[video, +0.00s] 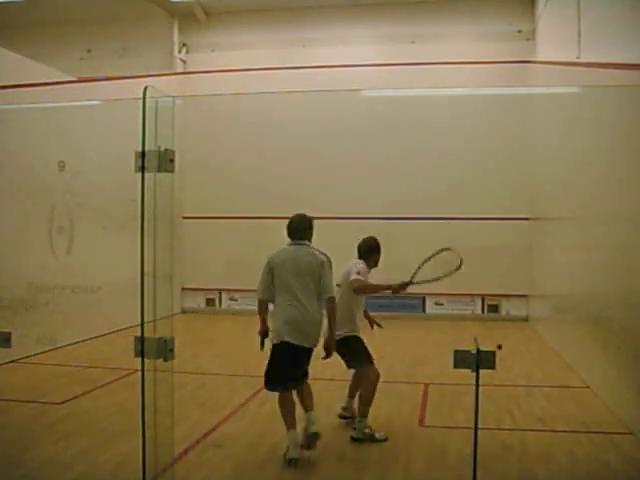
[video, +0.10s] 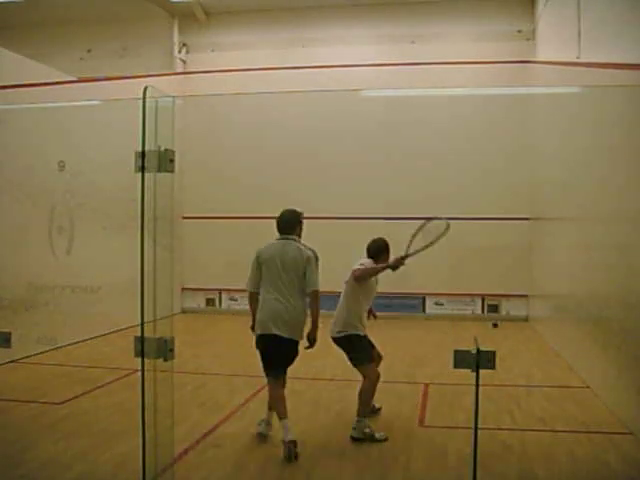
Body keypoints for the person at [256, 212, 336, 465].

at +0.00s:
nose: (309, 234)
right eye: (310, 230)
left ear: (287, 233)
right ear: (311, 233)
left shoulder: (275, 259)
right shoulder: (321, 260)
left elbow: (262, 298)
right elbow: (330, 301)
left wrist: (263, 325)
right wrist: (331, 336)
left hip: (283, 331)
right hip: (310, 332)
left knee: (283, 387)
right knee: (301, 378)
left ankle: (292, 442)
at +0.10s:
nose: (302, 229)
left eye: (300, 225)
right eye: (302, 226)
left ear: (277, 228)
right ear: (299, 228)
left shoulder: (263, 252)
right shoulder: (307, 254)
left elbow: (252, 291)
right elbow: (313, 293)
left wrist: (254, 318)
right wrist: (314, 326)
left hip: (264, 322)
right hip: (293, 324)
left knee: (275, 380)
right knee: (278, 376)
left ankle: (287, 434)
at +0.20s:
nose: (292, 234)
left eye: (289, 230)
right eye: (291, 230)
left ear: (267, 233)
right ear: (289, 233)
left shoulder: (253, 257)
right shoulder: (297, 260)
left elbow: (241, 295)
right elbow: (302, 298)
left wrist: (243, 323)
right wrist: (301, 330)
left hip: (253, 325)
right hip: (279, 329)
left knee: (257, 375)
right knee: (262, 374)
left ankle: (269, 418)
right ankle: (249, 415)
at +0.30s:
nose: (280, 234)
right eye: (279, 231)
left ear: (257, 234)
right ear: (278, 235)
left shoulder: (244, 258)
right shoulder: (286, 261)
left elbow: (231, 295)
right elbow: (295, 300)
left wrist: (230, 324)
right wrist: (293, 331)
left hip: (244, 324)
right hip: (271, 326)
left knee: (236, 366)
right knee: (260, 369)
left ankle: (246, 403)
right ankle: (249, 413)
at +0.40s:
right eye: (267, 229)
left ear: (248, 233)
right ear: (268, 233)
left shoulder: (236, 255)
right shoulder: (277, 256)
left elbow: (221, 292)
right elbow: (294, 291)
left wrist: (219, 323)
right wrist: (285, 317)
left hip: (236, 315)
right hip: (264, 316)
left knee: (224, 357)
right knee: (268, 357)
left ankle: (221, 406)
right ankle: (258, 404)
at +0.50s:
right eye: (258, 239)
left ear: (239, 242)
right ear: (259, 241)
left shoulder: (229, 263)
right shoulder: (269, 261)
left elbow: (211, 299)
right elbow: (291, 293)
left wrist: (207, 329)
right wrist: (283, 323)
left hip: (227, 319)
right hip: (257, 321)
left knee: (209, 361)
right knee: (272, 363)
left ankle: (194, 406)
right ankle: (281, 411)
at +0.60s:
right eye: (243, 247)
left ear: (226, 252)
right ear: (245, 250)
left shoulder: (217, 273)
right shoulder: (257, 272)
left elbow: (201, 307)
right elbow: (279, 303)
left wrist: (194, 334)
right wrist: (285, 335)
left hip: (217, 327)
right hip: (247, 329)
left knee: (197, 361)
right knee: (270, 364)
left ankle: (181, 402)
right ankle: (279, 415)